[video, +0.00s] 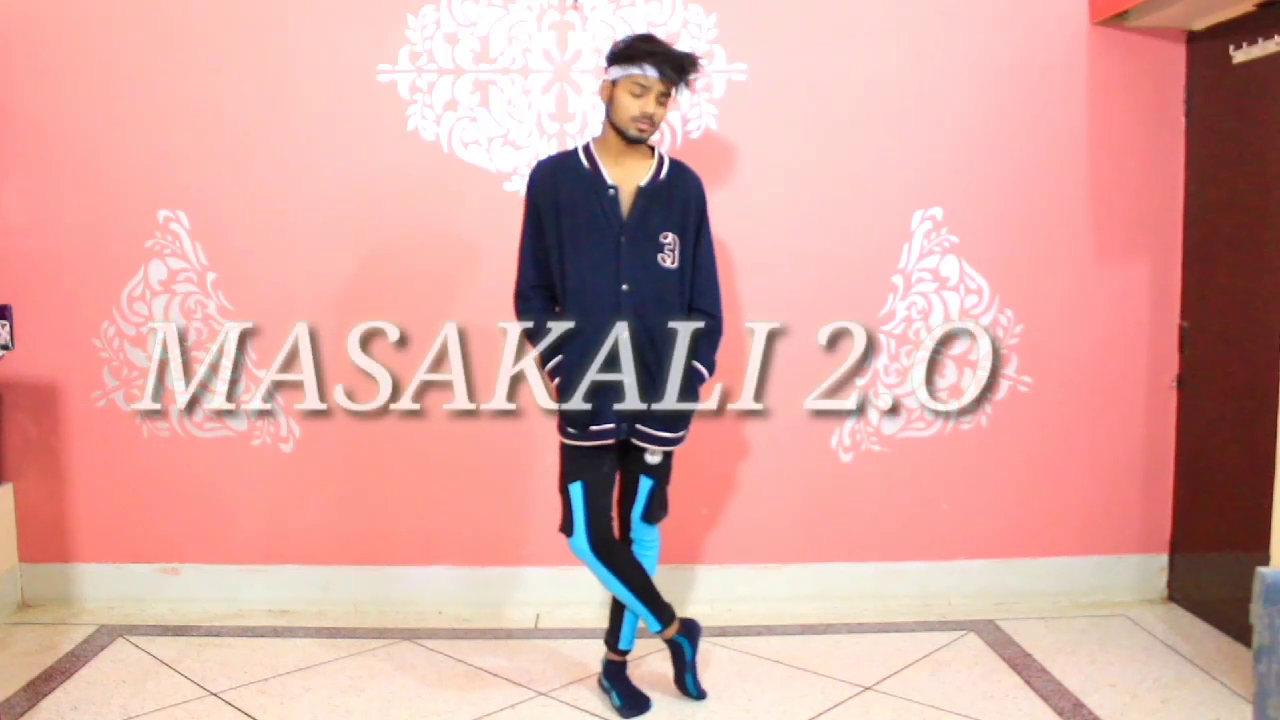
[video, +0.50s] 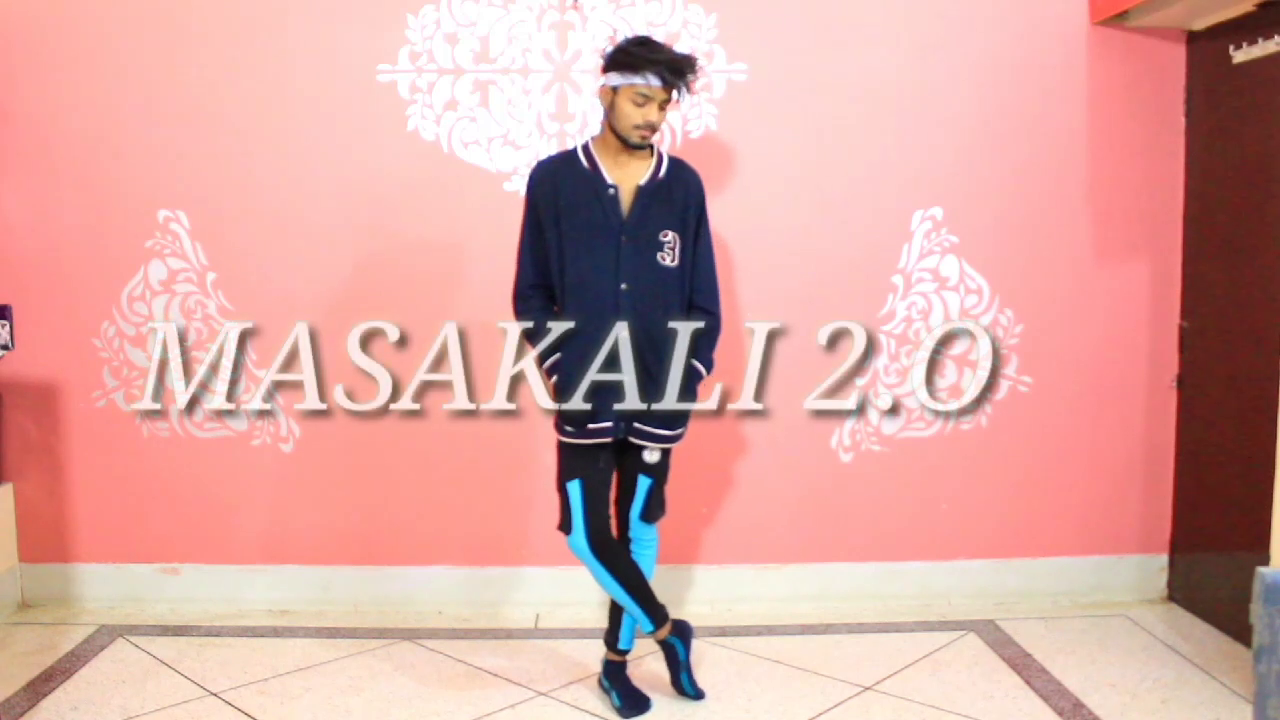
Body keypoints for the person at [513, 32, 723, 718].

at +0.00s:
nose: (651, 108)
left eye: (662, 98)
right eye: (638, 92)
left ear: (671, 105)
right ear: (607, 91)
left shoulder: (682, 184)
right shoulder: (555, 177)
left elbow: (704, 291)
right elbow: (532, 289)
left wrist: (699, 370)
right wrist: (557, 361)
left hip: (664, 384)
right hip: (587, 383)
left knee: (642, 525)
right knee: (587, 533)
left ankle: (616, 661)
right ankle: (675, 630)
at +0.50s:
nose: (652, 114)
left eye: (662, 102)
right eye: (640, 99)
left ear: (671, 106)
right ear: (607, 97)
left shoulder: (681, 181)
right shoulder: (555, 176)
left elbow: (703, 291)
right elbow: (531, 289)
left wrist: (696, 367)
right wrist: (557, 360)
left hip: (661, 383)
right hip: (585, 383)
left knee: (640, 525)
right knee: (586, 531)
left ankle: (616, 660)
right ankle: (668, 632)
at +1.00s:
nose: (649, 119)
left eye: (658, 106)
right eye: (637, 105)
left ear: (668, 106)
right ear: (603, 100)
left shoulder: (678, 179)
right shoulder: (553, 178)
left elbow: (700, 287)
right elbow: (529, 291)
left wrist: (698, 364)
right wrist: (557, 363)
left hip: (663, 384)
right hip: (587, 386)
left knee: (639, 525)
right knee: (589, 532)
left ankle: (616, 662)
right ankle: (674, 630)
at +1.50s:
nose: (654, 125)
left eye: (663, 112)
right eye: (641, 111)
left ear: (671, 111)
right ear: (607, 104)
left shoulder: (682, 182)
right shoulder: (556, 179)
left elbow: (706, 293)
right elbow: (534, 291)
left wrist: (698, 370)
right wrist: (561, 363)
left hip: (666, 387)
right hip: (590, 387)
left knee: (644, 527)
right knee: (587, 532)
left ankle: (616, 661)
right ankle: (674, 633)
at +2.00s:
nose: (662, 126)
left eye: (673, 113)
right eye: (650, 110)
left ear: (682, 115)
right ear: (619, 103)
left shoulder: (692, 186)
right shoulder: (565, 177)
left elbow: (712, 296)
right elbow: (540, 290)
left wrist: (703, 368)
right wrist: (566, 358)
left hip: (670, 388)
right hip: (593, 385)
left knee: (645, 526)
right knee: (583, 529)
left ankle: (617, 662)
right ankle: (669, 634)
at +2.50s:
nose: (669, 120)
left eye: (683, 110)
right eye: (660, 103)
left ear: (696, 117)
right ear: (635, 98)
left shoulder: (699, 196)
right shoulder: (575, 169)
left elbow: (712, 299)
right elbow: (539, 275)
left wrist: (703, 372)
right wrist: (559, 347)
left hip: (665, 386)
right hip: (588, 380)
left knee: (643, 524)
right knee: (586, 526)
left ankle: (619, 661)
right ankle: (669, 634)